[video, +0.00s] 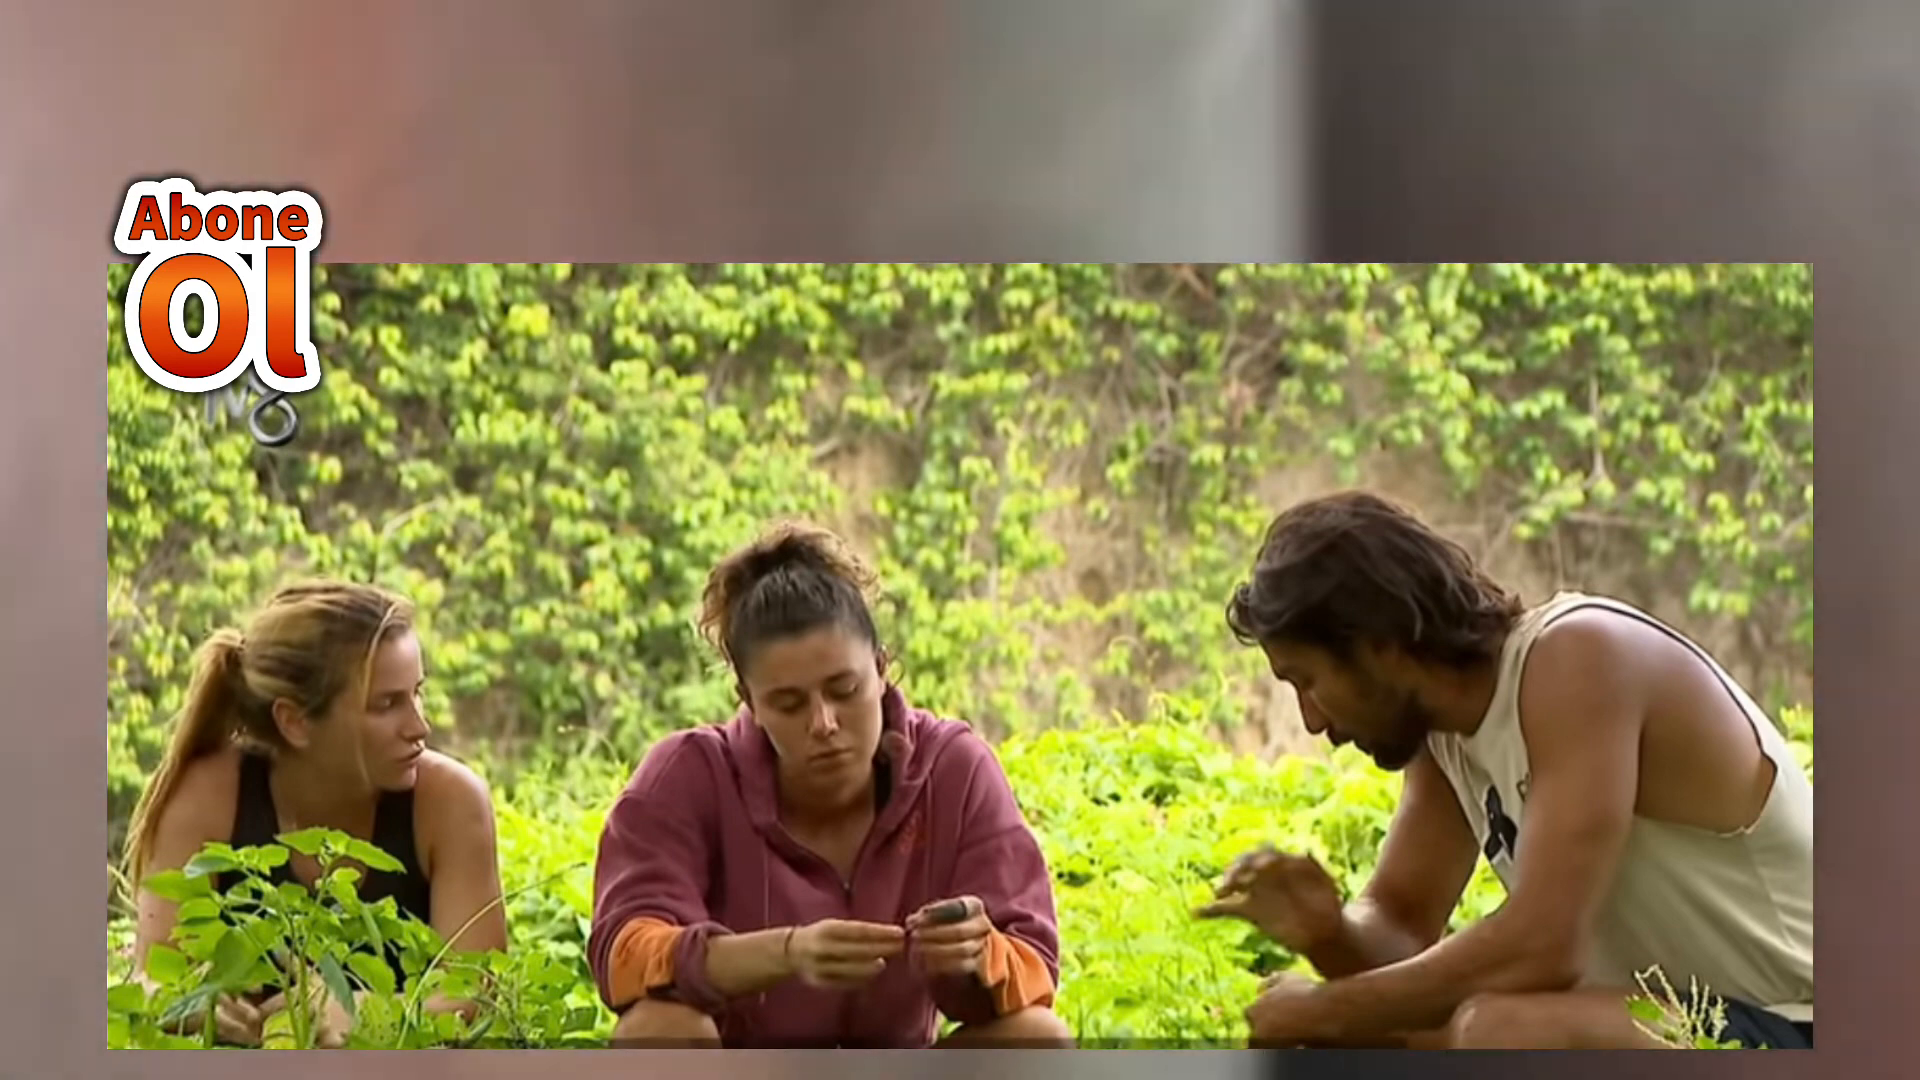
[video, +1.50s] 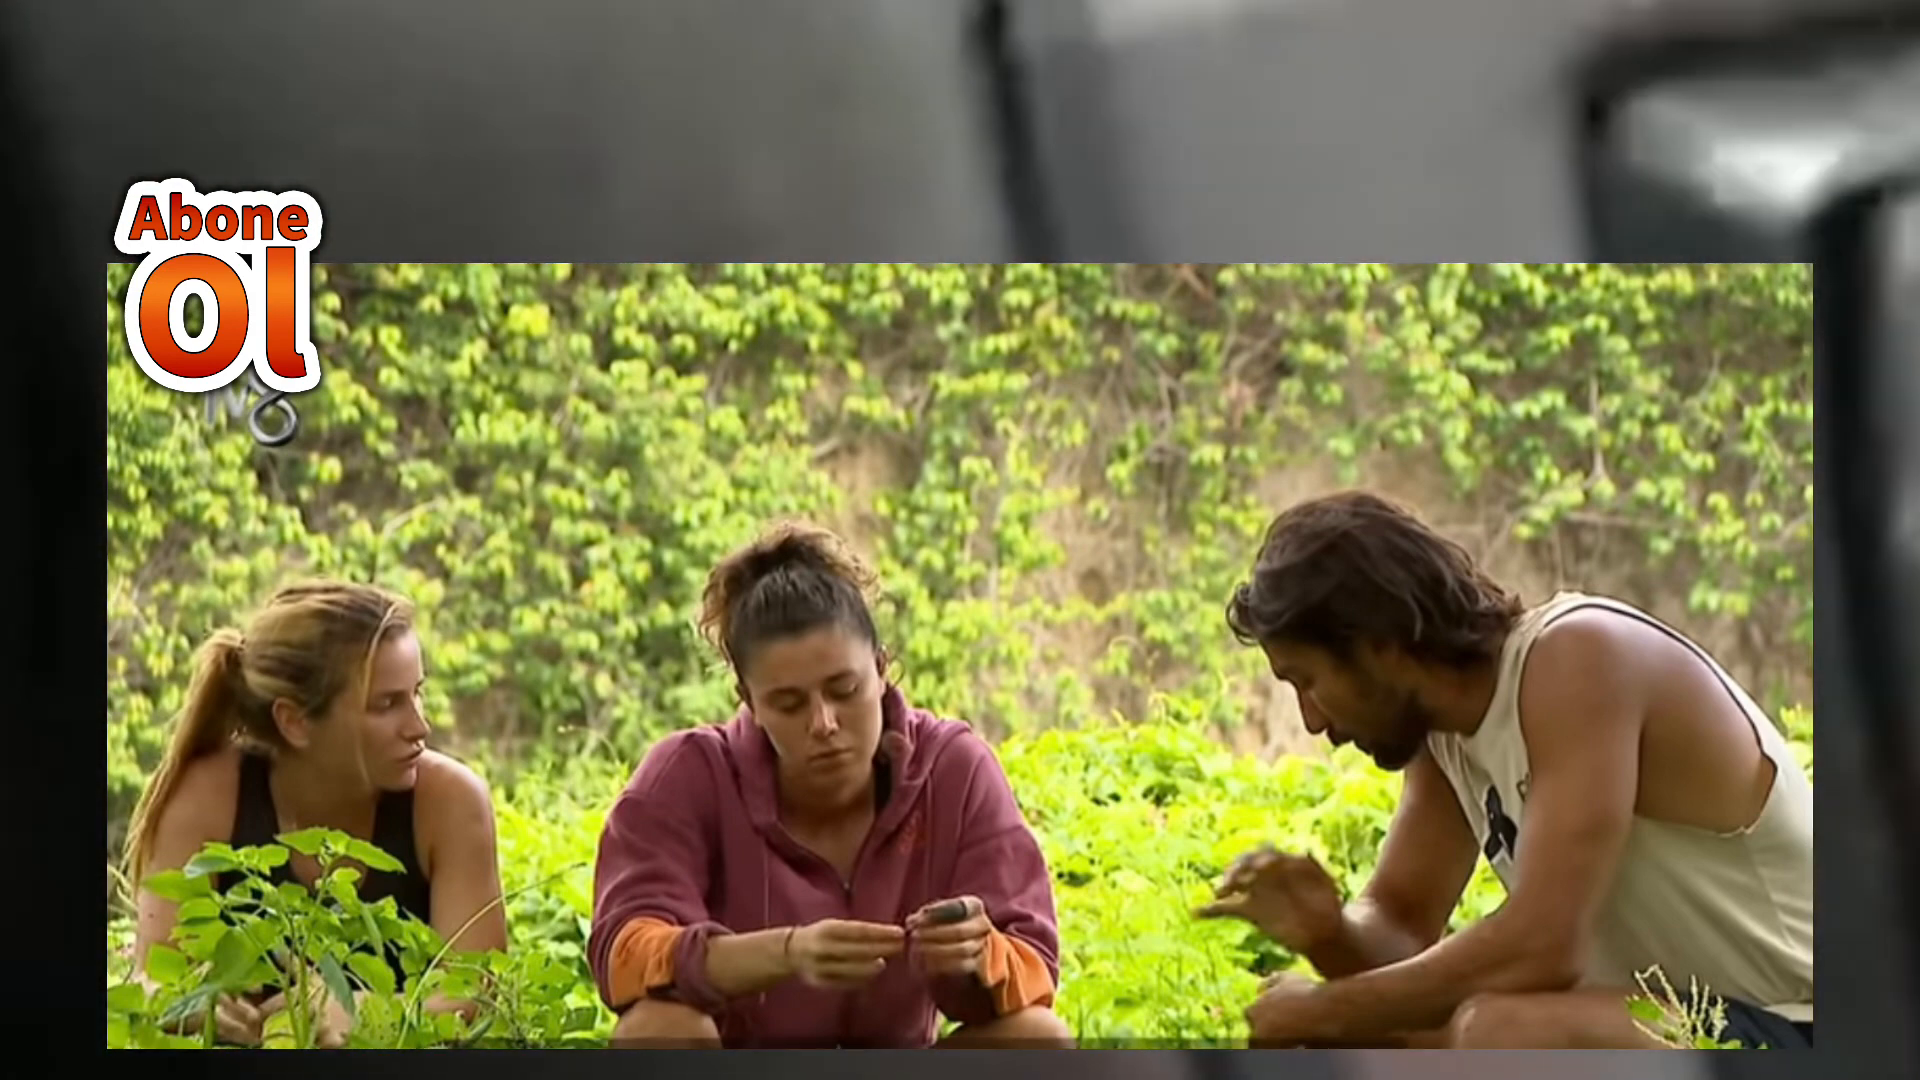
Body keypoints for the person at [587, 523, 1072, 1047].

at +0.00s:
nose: (824, 725)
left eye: (844, 690)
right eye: (789, 703)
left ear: (881, 670)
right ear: (747, 698)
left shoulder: (955, 766)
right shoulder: (687, 773)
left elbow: (1030, 970)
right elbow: (629, 957)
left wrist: (977, 954)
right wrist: (786, 952)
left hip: (898, 1062)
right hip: (739, 1063)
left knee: (1037, 1037)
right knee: (658, 1026)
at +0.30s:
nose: (824, 725)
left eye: (844, 690)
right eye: (789, 703)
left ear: (881, 670)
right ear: (747, 699)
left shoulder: (955, 766)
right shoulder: (687, 773)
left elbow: (1031, 969)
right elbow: (629, 957)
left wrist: (977, 954)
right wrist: (787, 951)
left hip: (899, 1044)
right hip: (739, 1046)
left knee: (1037, 1034)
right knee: (658, 1025)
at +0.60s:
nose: (824, 725)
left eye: (844, 690)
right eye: (789, 703)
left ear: (881, 670)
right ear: (747, 699)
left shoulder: (955, 766)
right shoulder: (687, 773)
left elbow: (1031, 969)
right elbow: (629, 957)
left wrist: (977, 953)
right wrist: (787, 952)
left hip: (898, 1044)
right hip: (739, 1046)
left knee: (1038, 1034)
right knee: (658, 1025)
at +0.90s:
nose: (824, 725)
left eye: (844, 690)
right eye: (789, 703)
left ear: (881, 670)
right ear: (747, 699)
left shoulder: (955, 766)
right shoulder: (687, 773)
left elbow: (1031, 968)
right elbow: (629, 957)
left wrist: (978, 953)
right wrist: (787, 952)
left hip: (898, 1049)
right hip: (740, 1050)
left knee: (1038, 1035)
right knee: (659, 1026)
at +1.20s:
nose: (824, 725)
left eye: (844, 690)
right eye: (789, 703)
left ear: (881, 670)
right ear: (747, 698)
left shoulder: (955, 766)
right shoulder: (687, 773)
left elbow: (1031, 970)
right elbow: (629, 958)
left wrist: (977, 953)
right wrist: (786, 951)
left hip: (899, 1055)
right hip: (739, 1057)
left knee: (1037, 1036)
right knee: (658, 1026)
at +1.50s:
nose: (824, 725)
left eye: (844, 690)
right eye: (789, 703)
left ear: (880, 670)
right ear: (747, 698)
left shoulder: (955, 766)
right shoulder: (687, 774)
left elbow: (1030, 969)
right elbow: (629, 957)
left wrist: (977, 954)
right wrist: (786, 952)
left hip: (898, 1059)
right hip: (739, 1060)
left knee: (1037, 1036)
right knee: (658, 1026)